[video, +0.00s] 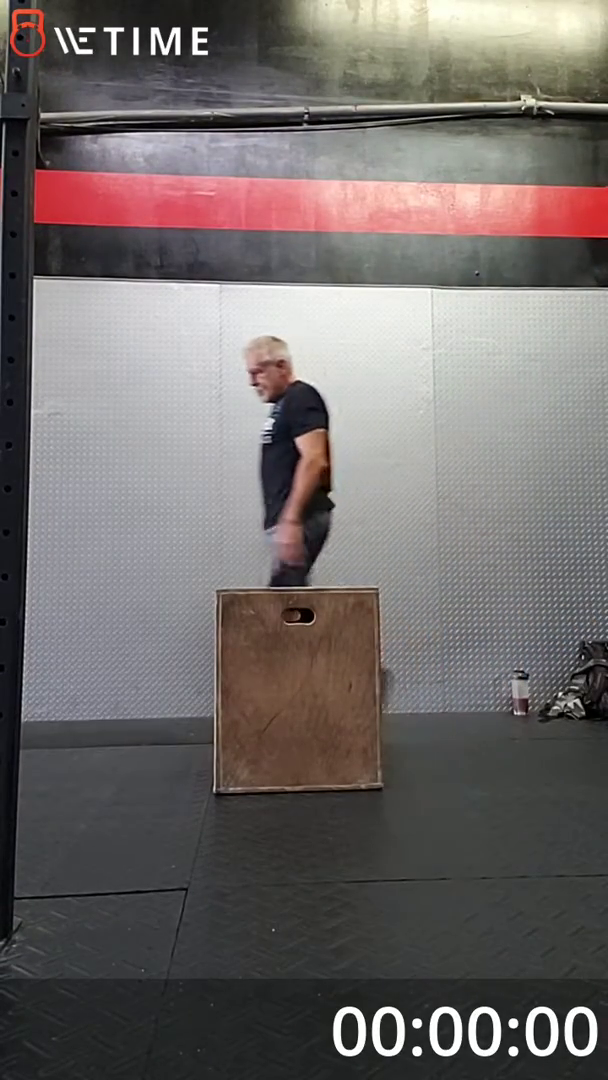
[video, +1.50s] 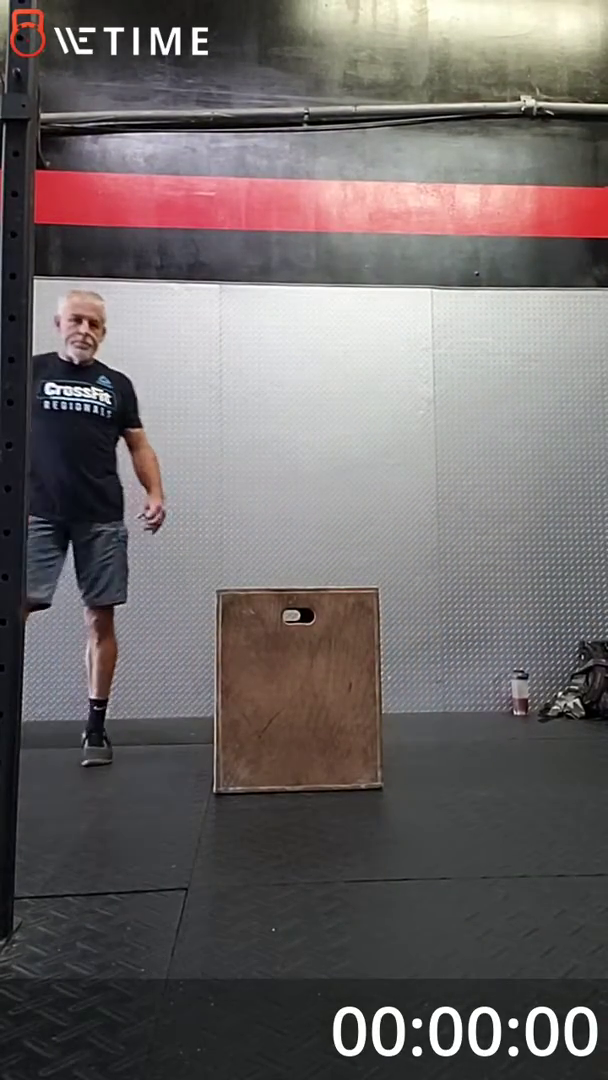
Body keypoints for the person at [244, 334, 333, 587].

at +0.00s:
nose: (253, 382)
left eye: (258, 373)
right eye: (250, 374)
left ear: (282, 367)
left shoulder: (300, 397)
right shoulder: (283, 403)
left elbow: (314, 460)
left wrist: (291, 520)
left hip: (305, 516)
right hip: (291, 516)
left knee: (281, 596)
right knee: (286, 596)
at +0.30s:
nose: (215, 371)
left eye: (222, 363)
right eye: (209, 365)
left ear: (241, 363)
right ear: (205, 368)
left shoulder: (258, 397)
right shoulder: (220, 408)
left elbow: (280, 454)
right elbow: (230, 463)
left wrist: (233, 488)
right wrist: (218, 503)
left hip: (253, 527)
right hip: (219, 529)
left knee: (263, 619)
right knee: (198, 614)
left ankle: (274, 711)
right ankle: (183, 708)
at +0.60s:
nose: (170, 364)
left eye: (178, 357)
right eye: (163, 357)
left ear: (193, 360)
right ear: (154, 363)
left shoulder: (213, 398)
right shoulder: (152, 411)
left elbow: (243, 456)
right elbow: (153, 477)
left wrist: (254, 514)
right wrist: (137, 533)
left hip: (198, 526)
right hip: (157, 529)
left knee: (196, 616)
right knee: (149, 617)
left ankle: (253, 674)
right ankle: (156, 715)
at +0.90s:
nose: (133, 354)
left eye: (141, 348)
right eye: (125, 347)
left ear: (153, 354)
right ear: (113, 353)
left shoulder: (176, 395)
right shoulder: (96, 403)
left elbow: (205, 454)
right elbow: (79, 465)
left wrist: (222, 515)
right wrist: (54, 525)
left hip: (164, 517)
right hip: (120, 524)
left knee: (140, 611)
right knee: (133, 619)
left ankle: (128, 720)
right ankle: (156, 712)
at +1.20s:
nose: (117, 343)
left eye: (125, 337)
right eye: (109, 335)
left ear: (135, 345)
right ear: (94, 339)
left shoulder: (152, 393)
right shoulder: (65, 388)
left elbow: (173, 459)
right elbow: (49, 452)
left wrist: (183, 521)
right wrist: (37, 511)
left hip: (128, 524)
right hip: (73, 522)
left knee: (114, 618)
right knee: (58, 619)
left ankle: (97, 728)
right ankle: (114, 684)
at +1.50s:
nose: (85, 329)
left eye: (93, 323)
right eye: (76, 320)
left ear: (103, 331)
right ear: (58, 324)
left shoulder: (118, 385)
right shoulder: (30, 372)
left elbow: (138, 445)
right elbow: (8, 432)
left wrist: (156, 494)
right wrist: (9, 495)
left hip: (101, 515)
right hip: (38, 512)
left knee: (101, 618)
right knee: (18, 610)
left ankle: (96, 728)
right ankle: (5, 721)